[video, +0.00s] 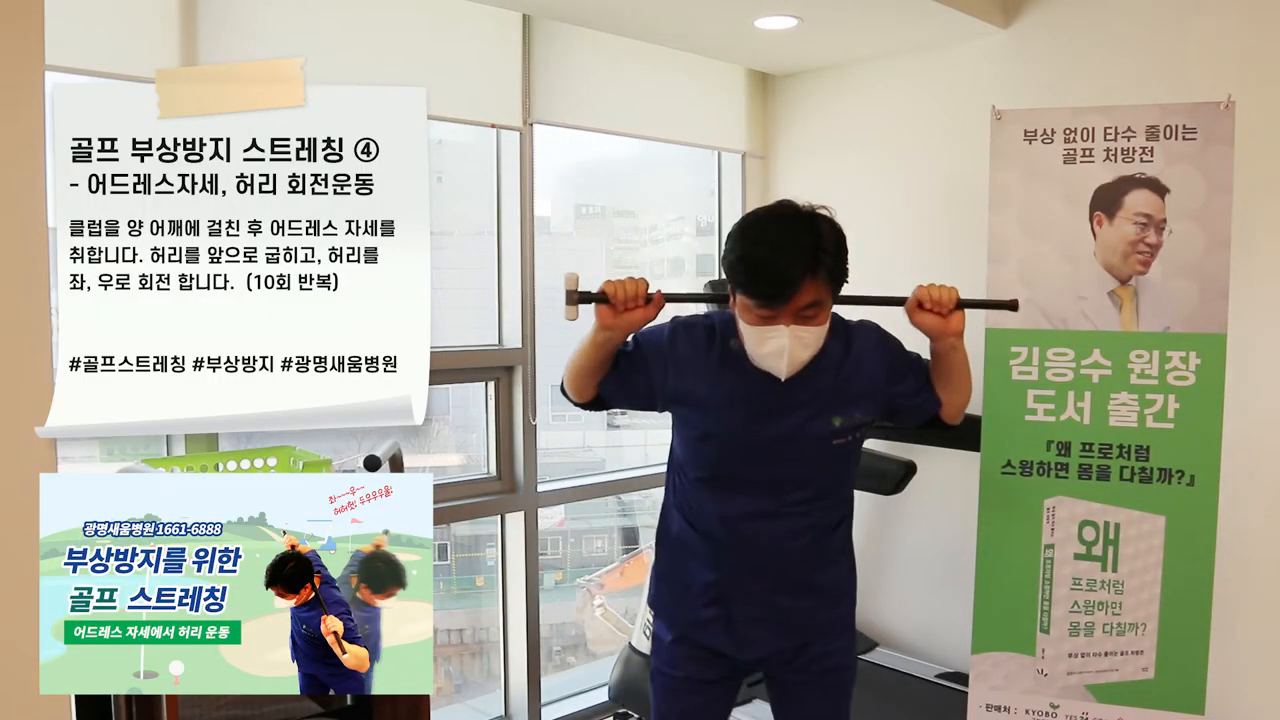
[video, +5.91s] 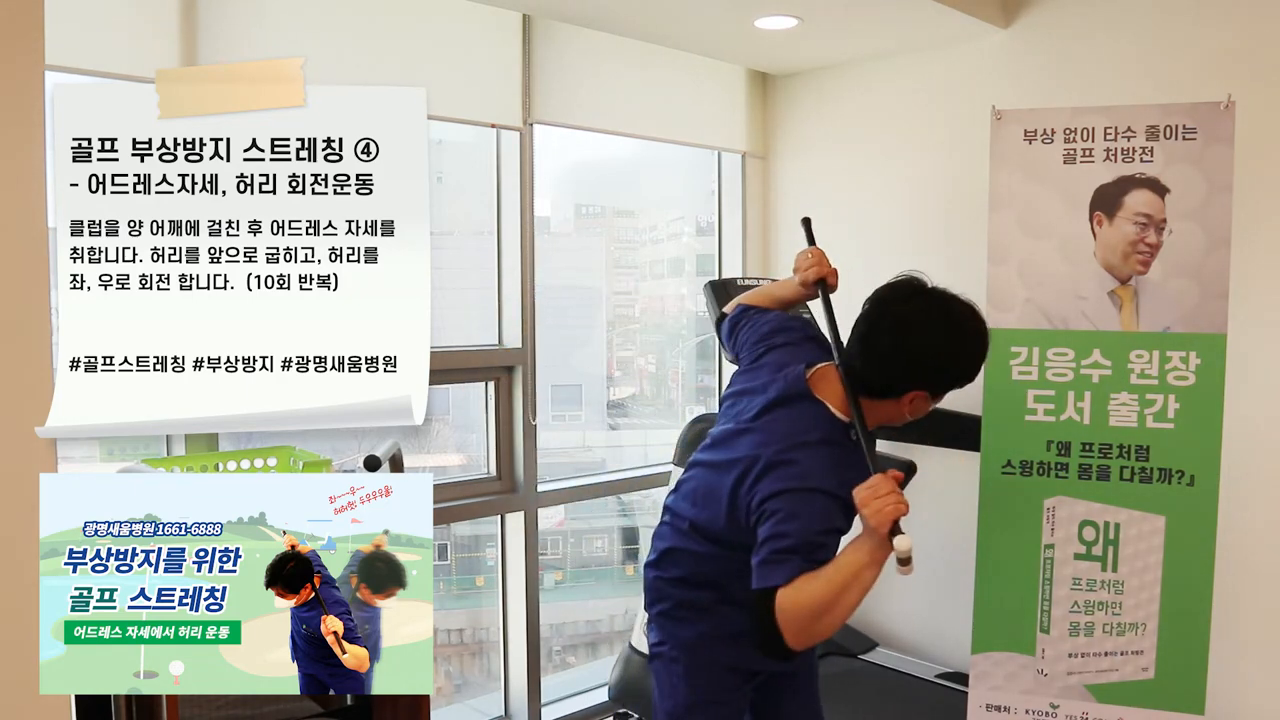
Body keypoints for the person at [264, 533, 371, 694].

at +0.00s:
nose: (278, 599)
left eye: (283, 596)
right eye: (276, 594)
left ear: (306, 590)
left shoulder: (334, 607)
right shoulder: (312, 570)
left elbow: (363, 665)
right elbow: (308, 552)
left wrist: (335, 642)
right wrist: (296, 547)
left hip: (344, 673)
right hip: (310, 667)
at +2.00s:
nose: (278, 599)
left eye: (283, 595)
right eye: (276, 593)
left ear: (306, 589)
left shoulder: (334, 608)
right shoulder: (311, 569)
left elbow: (363, 665)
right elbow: (308, 552)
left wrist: (335, 642)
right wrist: (296, 547)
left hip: (344, 672)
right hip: (310, 666)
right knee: (312, 713)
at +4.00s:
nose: (278, 599)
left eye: (283, 596)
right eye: (276, 593)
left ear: (306, 590)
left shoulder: (334, 608)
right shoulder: (312, 570)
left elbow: (363, 665)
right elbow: (308, 552)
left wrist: (336, 643)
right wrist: (297, 547)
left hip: (344, 672)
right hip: (310, 667)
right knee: (312, 715)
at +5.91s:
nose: (278, 599)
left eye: (283, 595)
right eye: (276, 593)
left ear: (306, 589)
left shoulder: (334, 608)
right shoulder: (311, 570)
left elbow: (363, 665)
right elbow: (308, 552)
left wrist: (335, 642)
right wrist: (296, 547)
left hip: (344, 672)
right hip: (310, 666)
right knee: (312, 714)